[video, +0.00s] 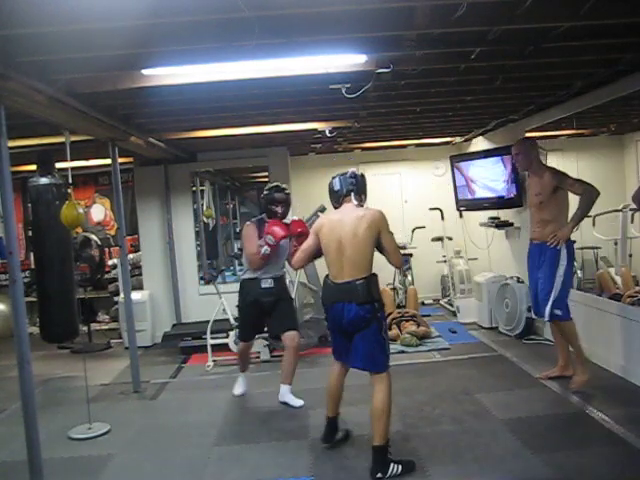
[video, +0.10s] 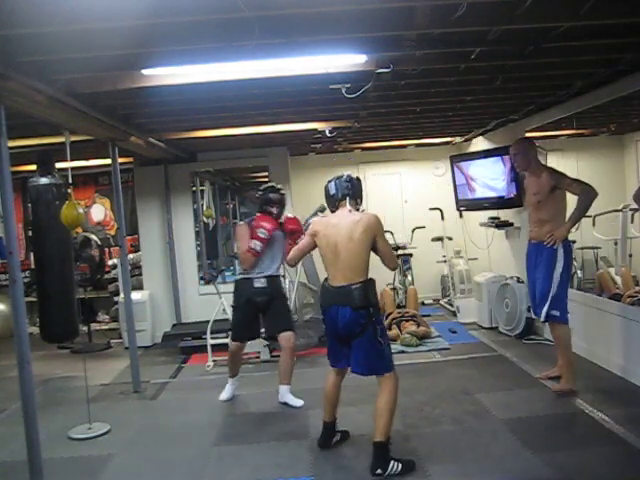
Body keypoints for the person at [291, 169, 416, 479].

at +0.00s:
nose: (366, 198)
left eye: (361, 195)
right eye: (365, 194)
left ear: (336, 197)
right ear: (360, 194)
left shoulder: (323, 222)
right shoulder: (373, 216)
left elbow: (296, 262)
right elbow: (396, 261)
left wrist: (321, 246)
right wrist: (397, 249)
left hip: (333, 300)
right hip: (364, 301)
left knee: (340, 361)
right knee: (380, 377)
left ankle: (330, 430)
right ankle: (380, 462)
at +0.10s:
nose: (361, 201)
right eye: (360, 197)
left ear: (331, 200)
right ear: (356, 198)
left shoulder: (318, 224)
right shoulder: (369, 220)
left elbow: (291, 260)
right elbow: (391, 263)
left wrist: (308, 239)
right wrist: (383, 242)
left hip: (330, 303)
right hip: (361, 304)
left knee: (337, 369)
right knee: (388, 377)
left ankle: (327, 433)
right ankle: (381, 460)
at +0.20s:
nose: (358, 204)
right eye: (358, 199)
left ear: (329, 202)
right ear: (356, 200)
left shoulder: (318, 225)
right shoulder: (370, 223)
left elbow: (293, 261)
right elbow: (387, 267)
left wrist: (307, 241)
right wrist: (371, 243)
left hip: (328, 305)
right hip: (360, 304)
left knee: (336, 367)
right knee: (386, 378)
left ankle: (327, 431)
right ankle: (385, 462)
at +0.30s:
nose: (357, 207)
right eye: (357, 202)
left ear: (329, 206)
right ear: (355, 203)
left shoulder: (318, 230)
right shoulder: (370, 226)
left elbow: (291, 270)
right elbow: (388, 272)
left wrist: (316, 252)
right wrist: (368, 252)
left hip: (325, 308)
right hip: (358, 308)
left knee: (332, 359)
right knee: (384, 379)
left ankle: (319, 424)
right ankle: (386, 463)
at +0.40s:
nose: (351, 208)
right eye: (350, 204)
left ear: (322, 207)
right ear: (347, 204)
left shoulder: (310, 230)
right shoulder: (361, 226)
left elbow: (274, 258)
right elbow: (385, 270)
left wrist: (295, 240)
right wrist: (365, 246)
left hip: (322, 309)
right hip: (351, 310)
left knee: (328, 366)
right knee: (380, 380)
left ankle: (310, 430)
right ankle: (385, 463)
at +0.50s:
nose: (343, 210)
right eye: (343, 205)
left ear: (315, 210)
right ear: (340, 207)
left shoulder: (305, 231)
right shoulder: (355, 229)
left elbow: (276, 247)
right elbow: (381, 271)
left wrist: (291, 238)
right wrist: (361, 248)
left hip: (317, 311)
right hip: (347, 310)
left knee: (324, 370)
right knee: (381, 379)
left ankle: (311, 431)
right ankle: (382, 461)